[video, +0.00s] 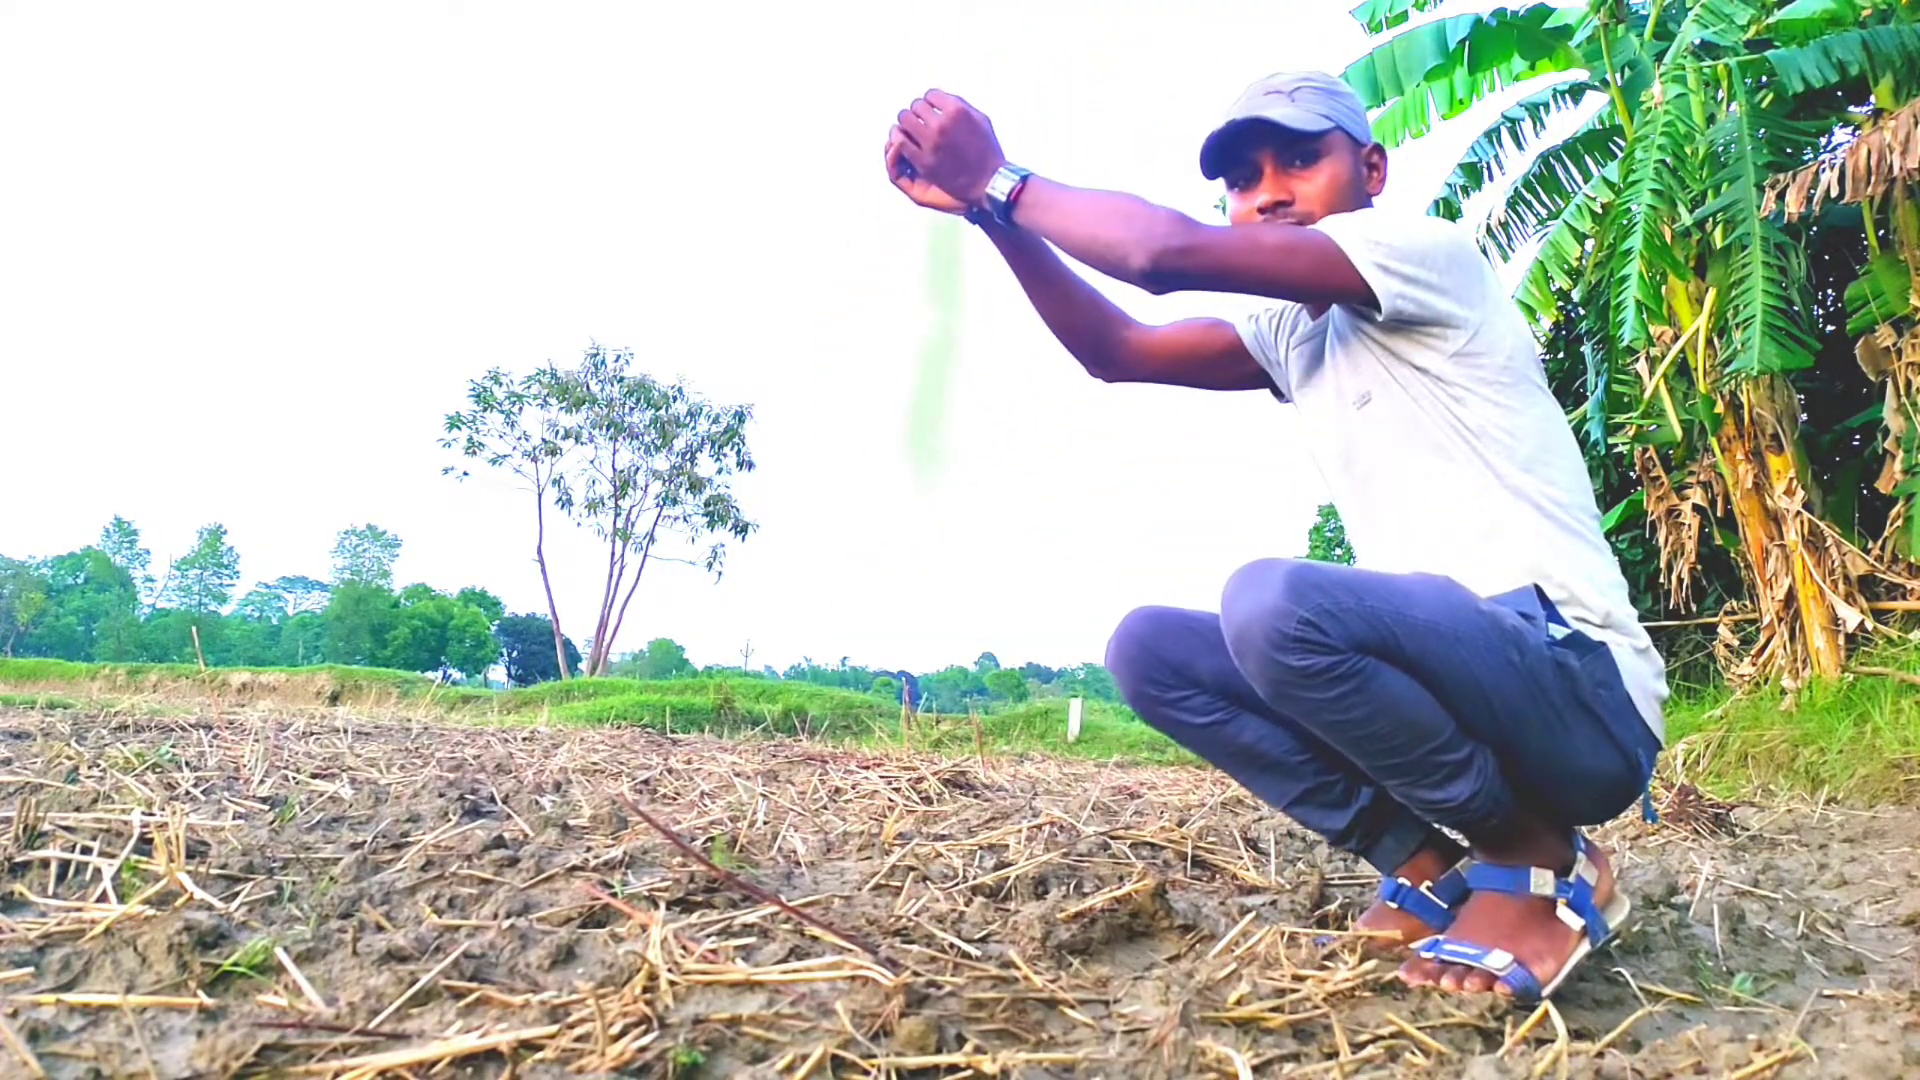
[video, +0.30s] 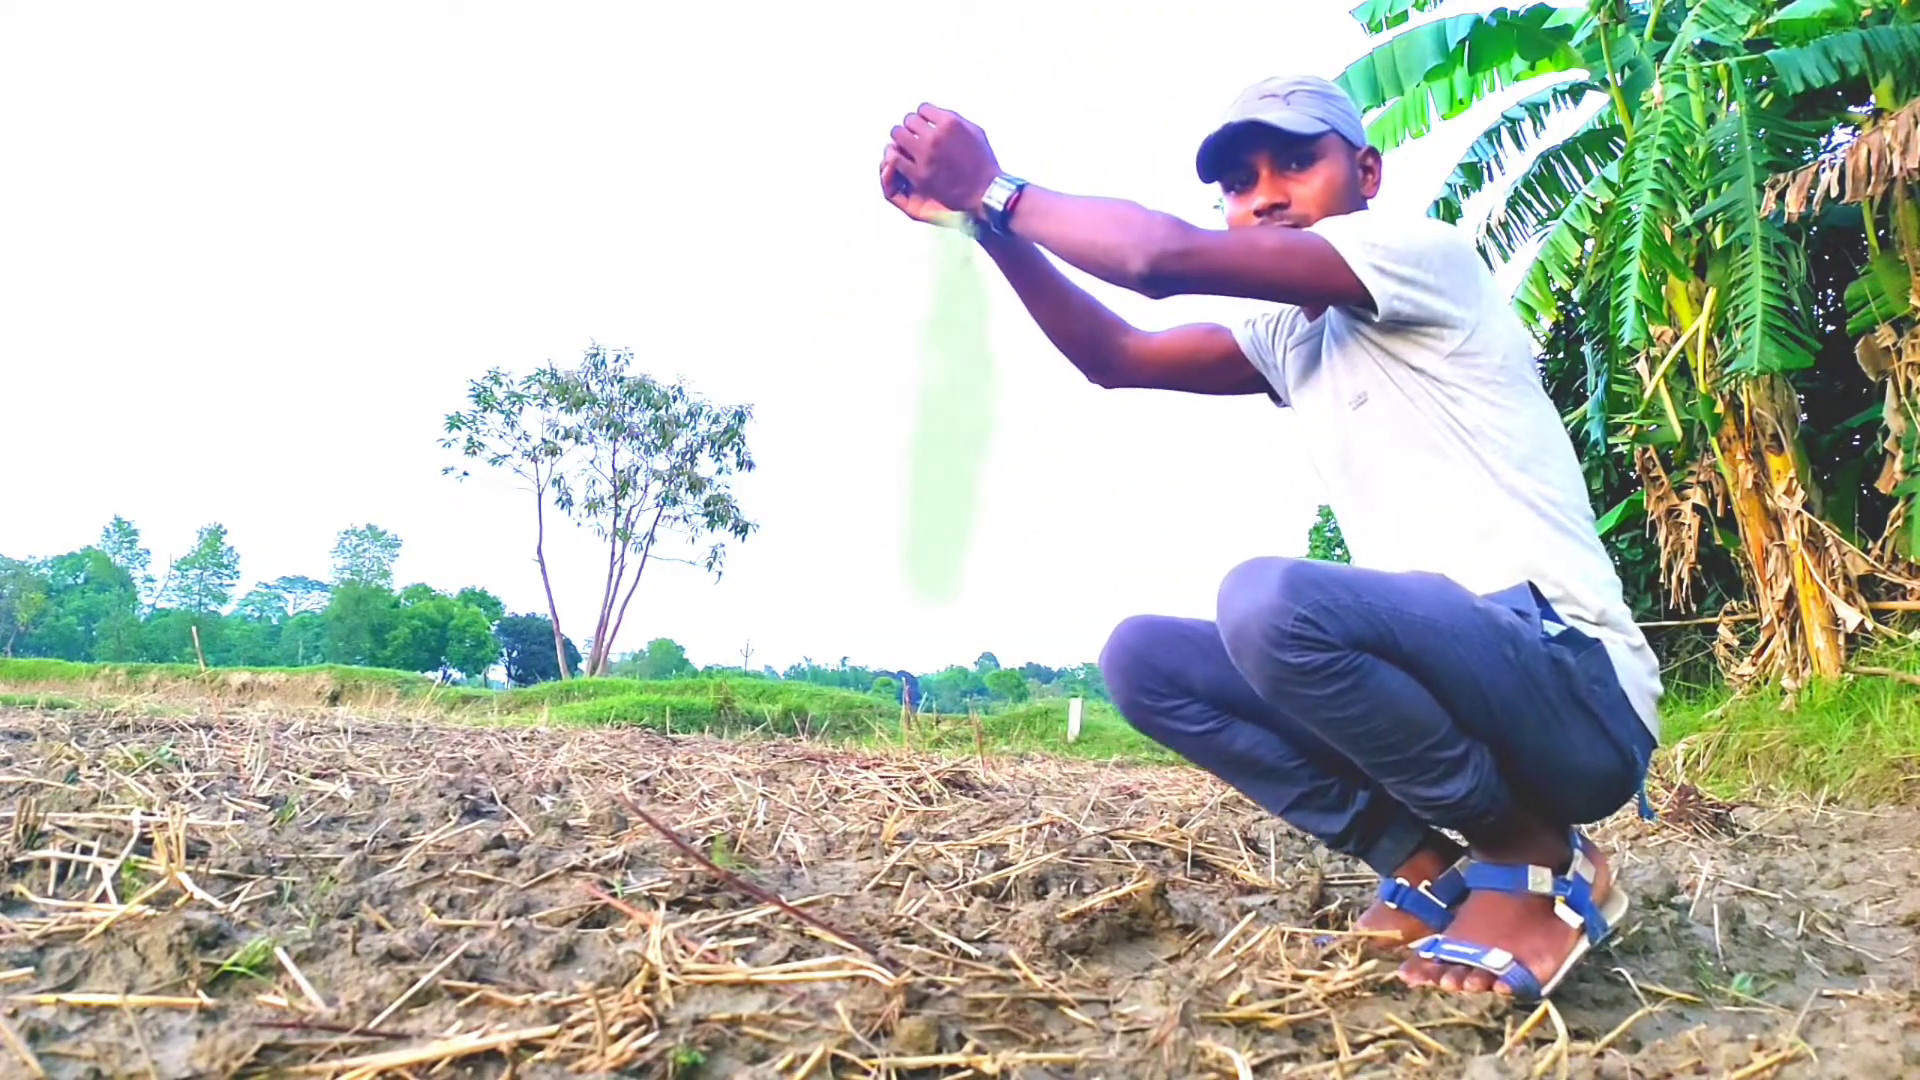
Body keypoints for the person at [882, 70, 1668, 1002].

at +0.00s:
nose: (1269, 194)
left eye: (1300, 158)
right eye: (1243, 182)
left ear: (1373, 169)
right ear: (1229, 206)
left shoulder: (1426, 256)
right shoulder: (1298, 330)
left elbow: (1166, 251)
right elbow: (1117, 350)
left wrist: (995, 184)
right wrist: (994, 213)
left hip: (1579, 683)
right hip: (1459, 695)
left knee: (1273, 606)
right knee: (1151, 649)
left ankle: (1537, 853)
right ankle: (1434, 858)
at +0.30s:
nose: (1265, 197)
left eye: (1295, 161)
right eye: (1238, 183)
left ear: (1367, 172)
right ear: (1223, 206)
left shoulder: (1420, 257)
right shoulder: (1295, 335)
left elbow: (1163, 255)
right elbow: (1116, 357)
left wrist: (990, 192)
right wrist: (987, 220)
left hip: (1574, 680)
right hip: (1451, 692)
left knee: (1270, 604)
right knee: (1144, 659)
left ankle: (1532, 852)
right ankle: (1432, 860)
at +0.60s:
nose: (1264, 190)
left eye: (1296, 154)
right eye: (1237, 175)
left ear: (1368, 167)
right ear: (1225, 200)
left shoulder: (1420, 250)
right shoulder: (1293, 331)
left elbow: (1162, 249)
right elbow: (1115, 353)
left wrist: (993, 190)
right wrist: (989, 222)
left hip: (1568, 678)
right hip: (1444, 692)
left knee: (1266, 608)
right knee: (1134, 670)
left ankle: (1530, 852)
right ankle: (1427, 863)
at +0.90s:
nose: (1270, 182)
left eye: (1302, 148)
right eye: (1242, 167)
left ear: (1374, 162)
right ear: (1229, 191)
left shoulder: (1428, 245)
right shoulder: (1297, 328)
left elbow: (1160, 241)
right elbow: (1117, 345)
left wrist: (996, 175)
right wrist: (990, 215)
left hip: (1565, 674)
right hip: (1440, 688)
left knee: (1269, 610)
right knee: (1127, 675)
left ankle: (1530, 852)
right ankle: (1426, 858)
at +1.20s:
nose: (1273, 175)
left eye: (1305, 140)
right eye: (1246, 157)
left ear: (1377, 155)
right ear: (1231, 183)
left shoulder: (1429, 238)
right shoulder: (1297, 323)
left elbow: (1160, 236)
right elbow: (1114, 340)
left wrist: (996, 165)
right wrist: (988, 208)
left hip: (1565, 672)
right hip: (1440, 684)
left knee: (1271, 614)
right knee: (1128, 679)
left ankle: (1530, 855)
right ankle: (1425, 859)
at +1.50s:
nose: (1272, 167)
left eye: (1302, 135)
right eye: (1241, 149)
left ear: (1364, 150)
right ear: (1219, 186)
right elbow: (1227, 556)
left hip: (1573, 683)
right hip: (1422, 706)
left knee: (1278, 608)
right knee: (1122, 677)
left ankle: (1518, 858)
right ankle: (1408, 850)